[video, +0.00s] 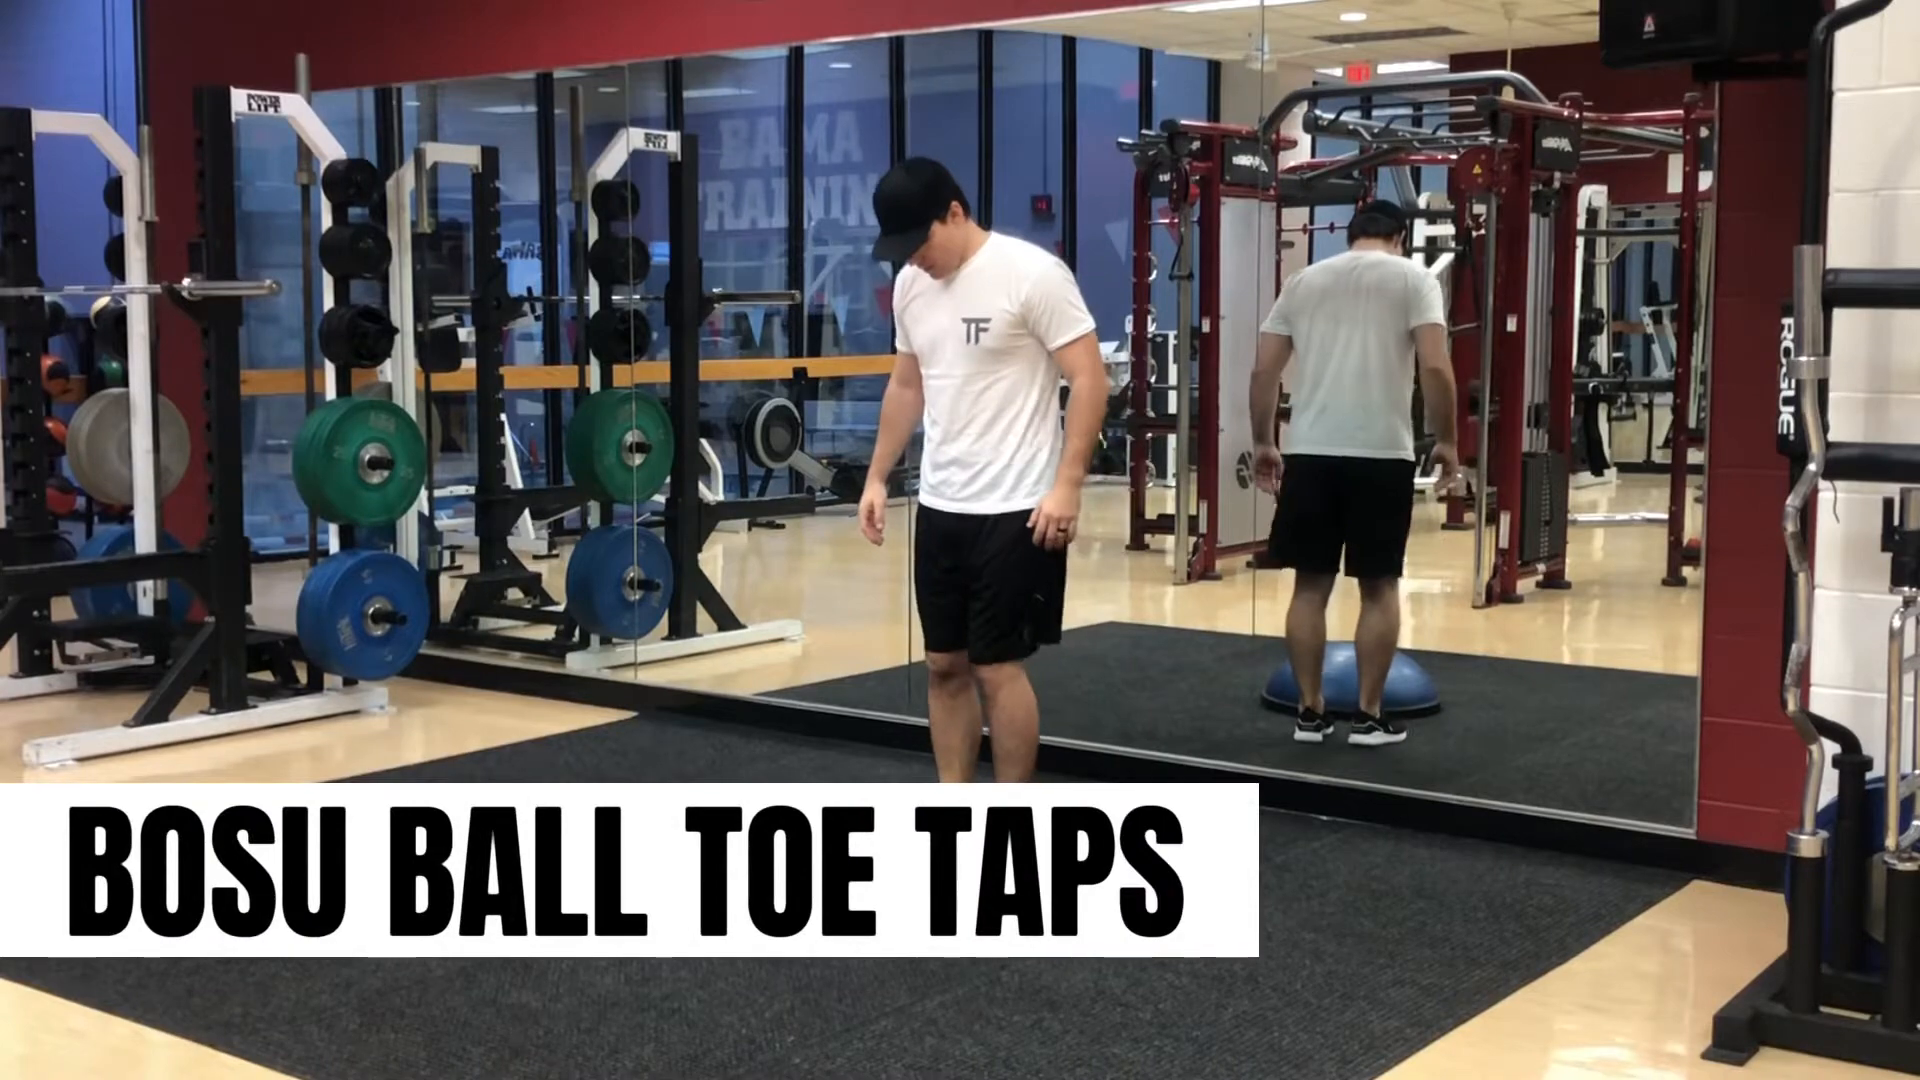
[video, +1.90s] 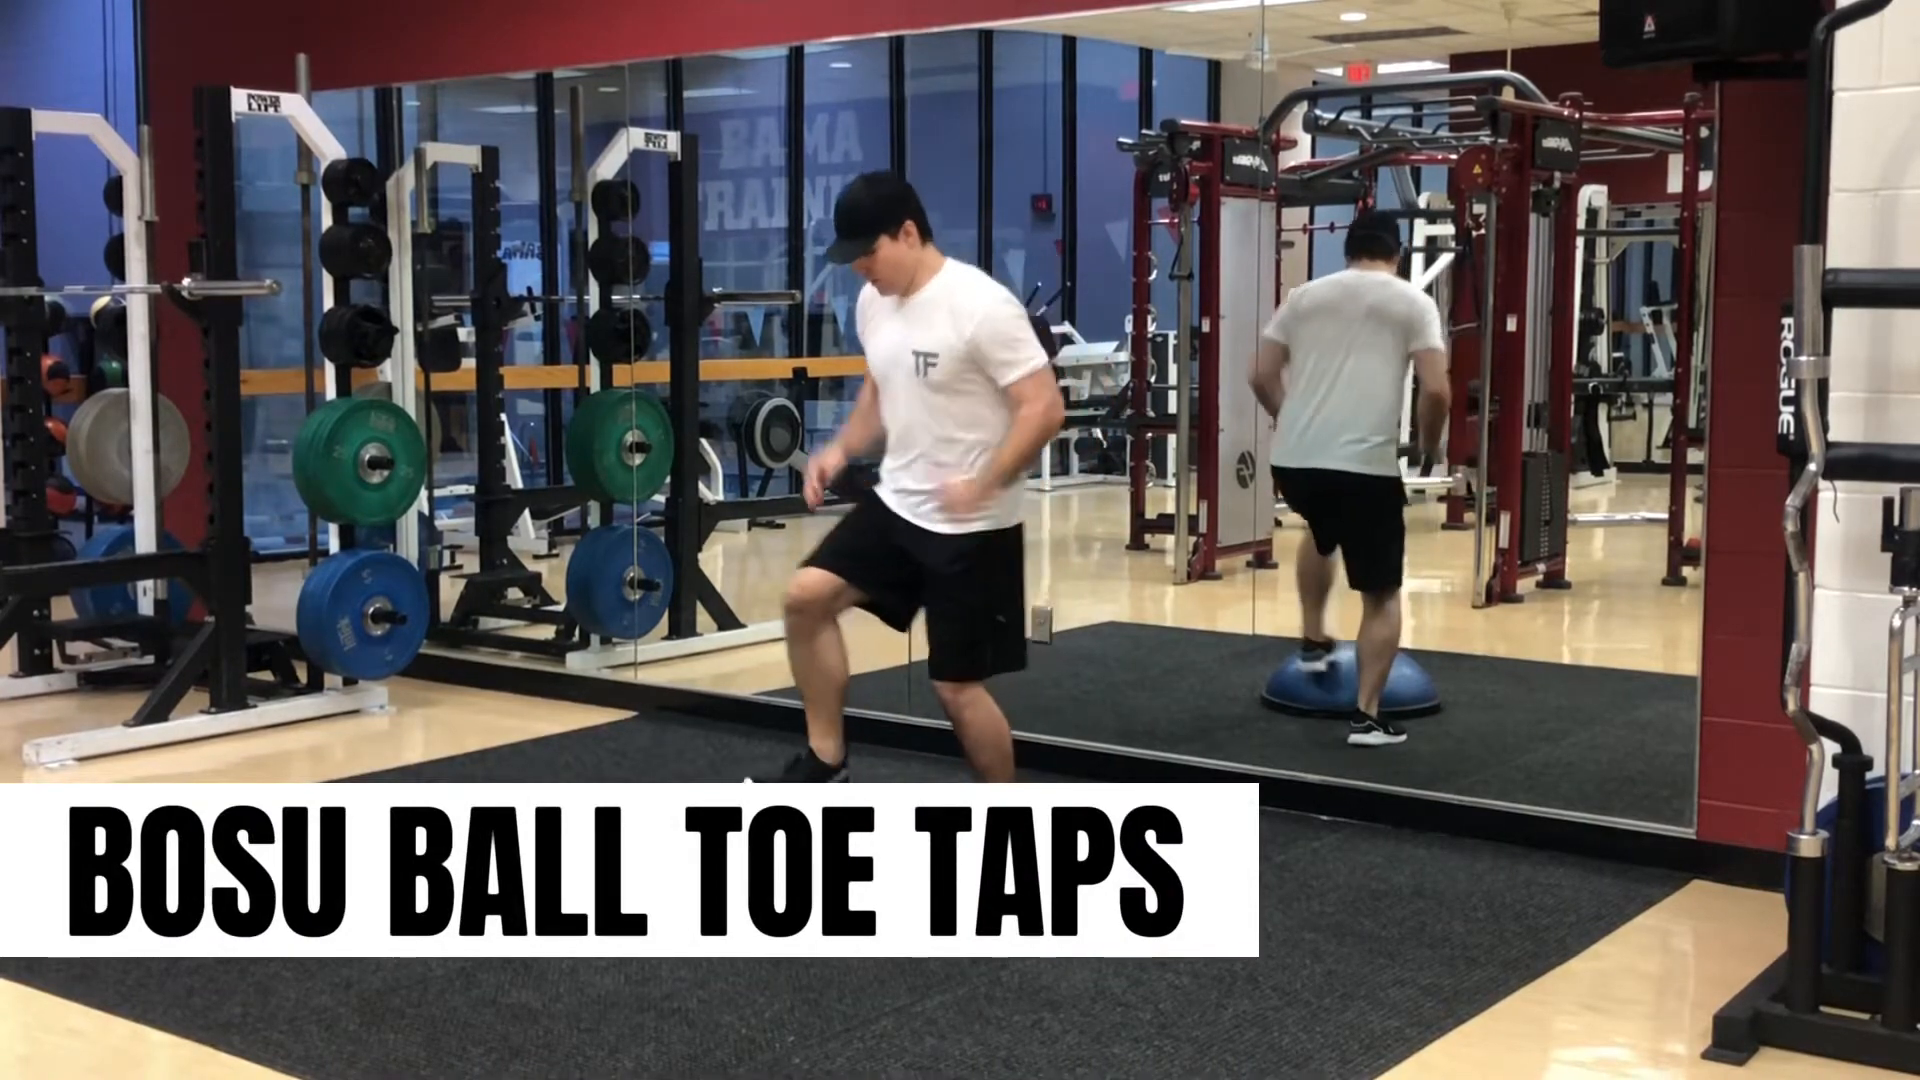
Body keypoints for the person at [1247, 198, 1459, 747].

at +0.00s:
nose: (1404, 252)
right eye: (1405, 245)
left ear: (1350, 237)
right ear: (1397, 240)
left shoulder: (1305, 281)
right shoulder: (1415, 278)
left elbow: (1264, 370)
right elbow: (1435, 367)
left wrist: (1263, 443)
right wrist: (1446, 441)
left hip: (1310, 460)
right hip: (1382, 463)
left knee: (1310, 586)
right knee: (1379, 589)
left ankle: (1310, 713)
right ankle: (1369, 715)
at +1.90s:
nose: (1397, 268)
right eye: (1400, 260)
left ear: (1349, 254)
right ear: (1397, 257)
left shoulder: (1304, 296)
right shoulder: (1412, 301)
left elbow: (1261, 375)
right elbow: (1436, 392)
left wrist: (1292, 419)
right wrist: (1426, 448)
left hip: (1293, 462)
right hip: (1366, 470)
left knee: (1320, 532)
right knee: (1381, 598)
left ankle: (1313, 641)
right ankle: (1367, 715)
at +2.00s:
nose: (1380, 246)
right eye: (1382, 238)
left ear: (1331, 230)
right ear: (1377, 235)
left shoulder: (1286, 271)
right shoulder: (1395, 276)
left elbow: (1230, 338)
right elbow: (1436, 340)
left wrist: (1253, 375)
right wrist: (1433, 381)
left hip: (1280, 440)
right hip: (1352, 447)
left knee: (1291, 521)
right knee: (1366, 578)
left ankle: (1262, 629)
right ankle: (1368, 706)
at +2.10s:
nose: (1365, 228)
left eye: (1359, 222)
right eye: (1365, 221)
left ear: (1312, 215)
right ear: (1361, 218)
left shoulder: (1265, 254)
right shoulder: (1371, 255)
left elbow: (1212, 321)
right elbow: (1392, 315)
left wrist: (1251, 373)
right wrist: (1390, 362)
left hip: (1267, 420)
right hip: (1335, 425)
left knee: (1261, 534)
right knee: (1370, 543)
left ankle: (1215, 644)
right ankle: (1356, 659)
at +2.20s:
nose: (1344, 245)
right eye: (1343, 238)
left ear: (1294, 233)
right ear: (1340, 237)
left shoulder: (1247, 275)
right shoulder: (1344, 271)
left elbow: (1202, 350)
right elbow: (1348, 335)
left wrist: (1235, 388)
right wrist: (1354, 382)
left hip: (1247, 437)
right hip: (1311, 438)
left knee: (1232, 557)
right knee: (1371, 513)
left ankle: (1187, 677)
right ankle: (1327, 618)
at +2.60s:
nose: (1345, 231)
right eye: (1346, 223)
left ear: (1295, 221)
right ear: (1343, 222)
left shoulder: (1252, 263)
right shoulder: (1362, 256)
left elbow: (1196, 330)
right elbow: (1401, 308)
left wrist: (1229, 376)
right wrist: (1400, 356)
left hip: (1262, 423)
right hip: (1331, 423)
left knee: (1272, 522)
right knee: (1365, 544)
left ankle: (1243, 629)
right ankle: (1379, 665)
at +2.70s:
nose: (1363, 256)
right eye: (1364, 247)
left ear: (1310, 247)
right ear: (1361, 247)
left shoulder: (1270, 284)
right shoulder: (1384, 287)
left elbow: (1216, 344)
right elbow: (1428, 362)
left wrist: (1214, 412)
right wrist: (1415, 404)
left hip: (1270, 448)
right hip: (1342, 450)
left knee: (1300, 515)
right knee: (1370, 576)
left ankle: (1308, 606)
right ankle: (1399, 704)